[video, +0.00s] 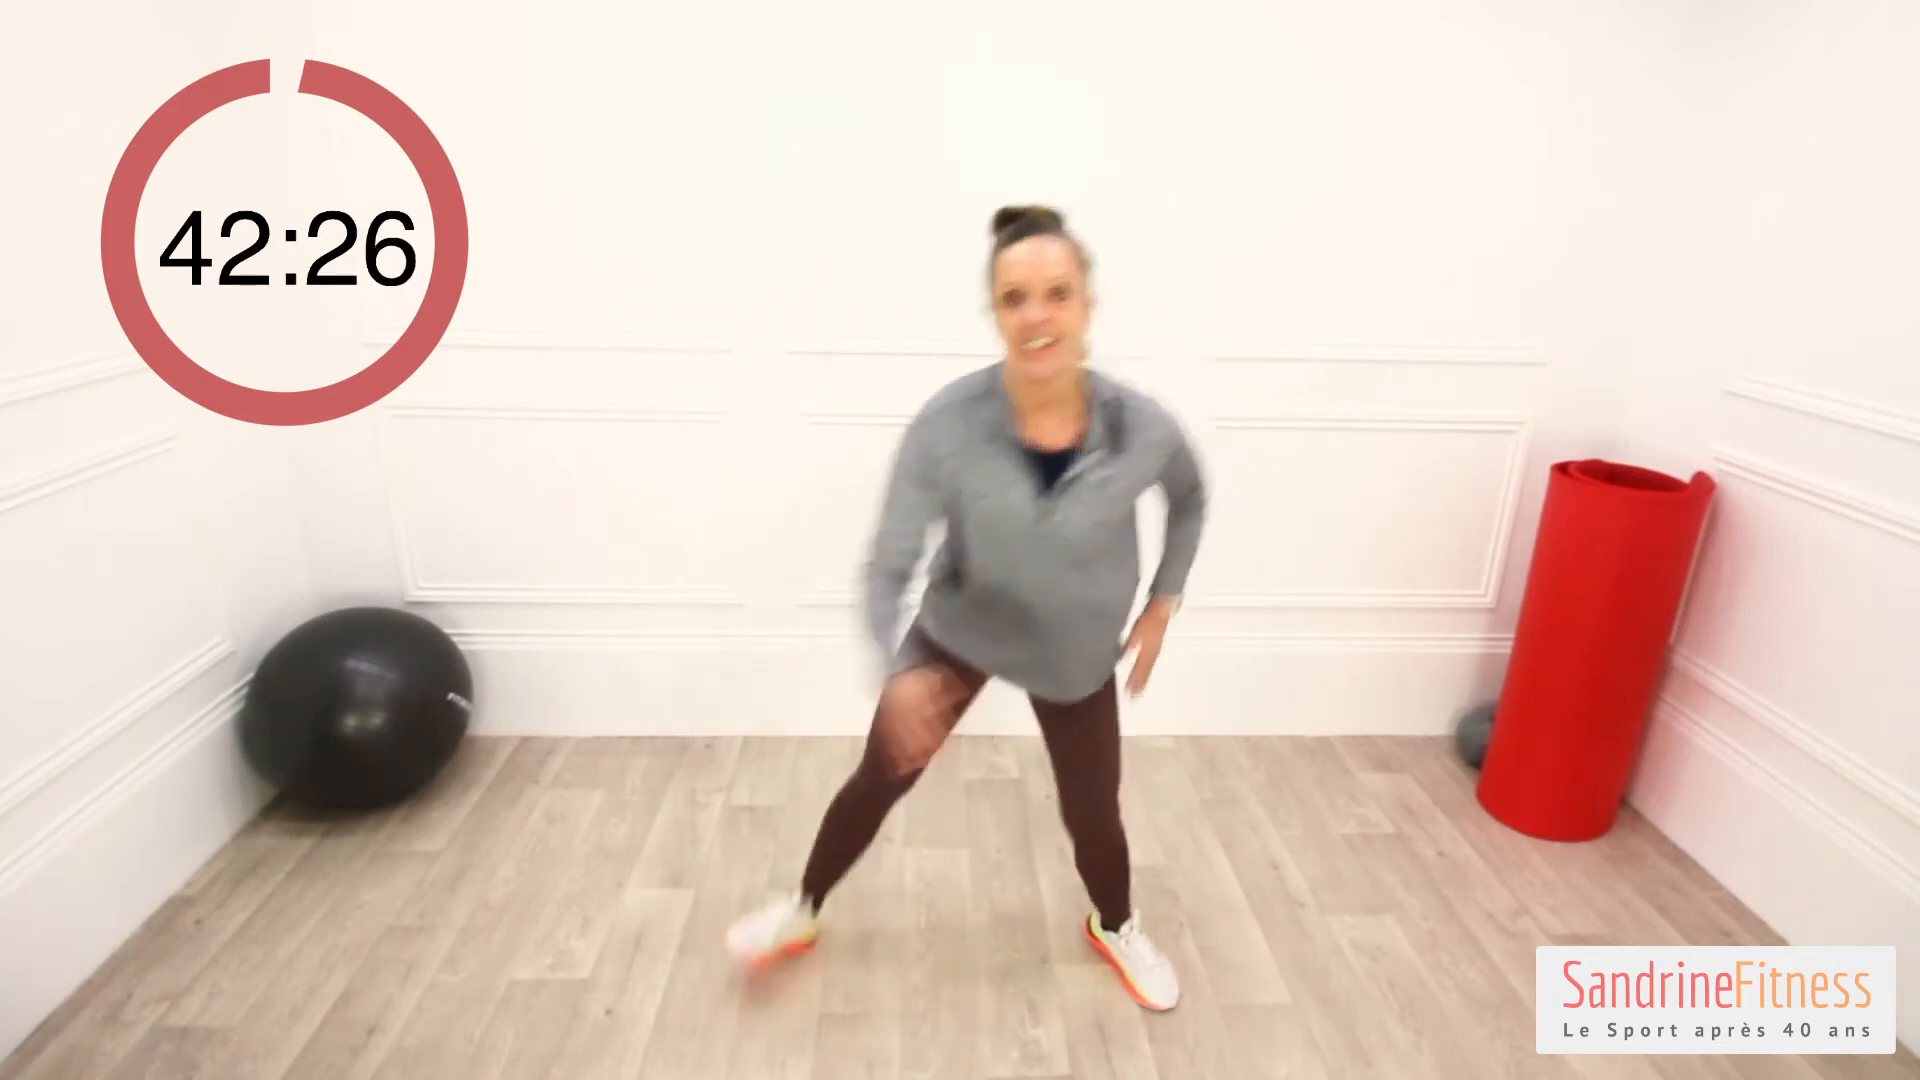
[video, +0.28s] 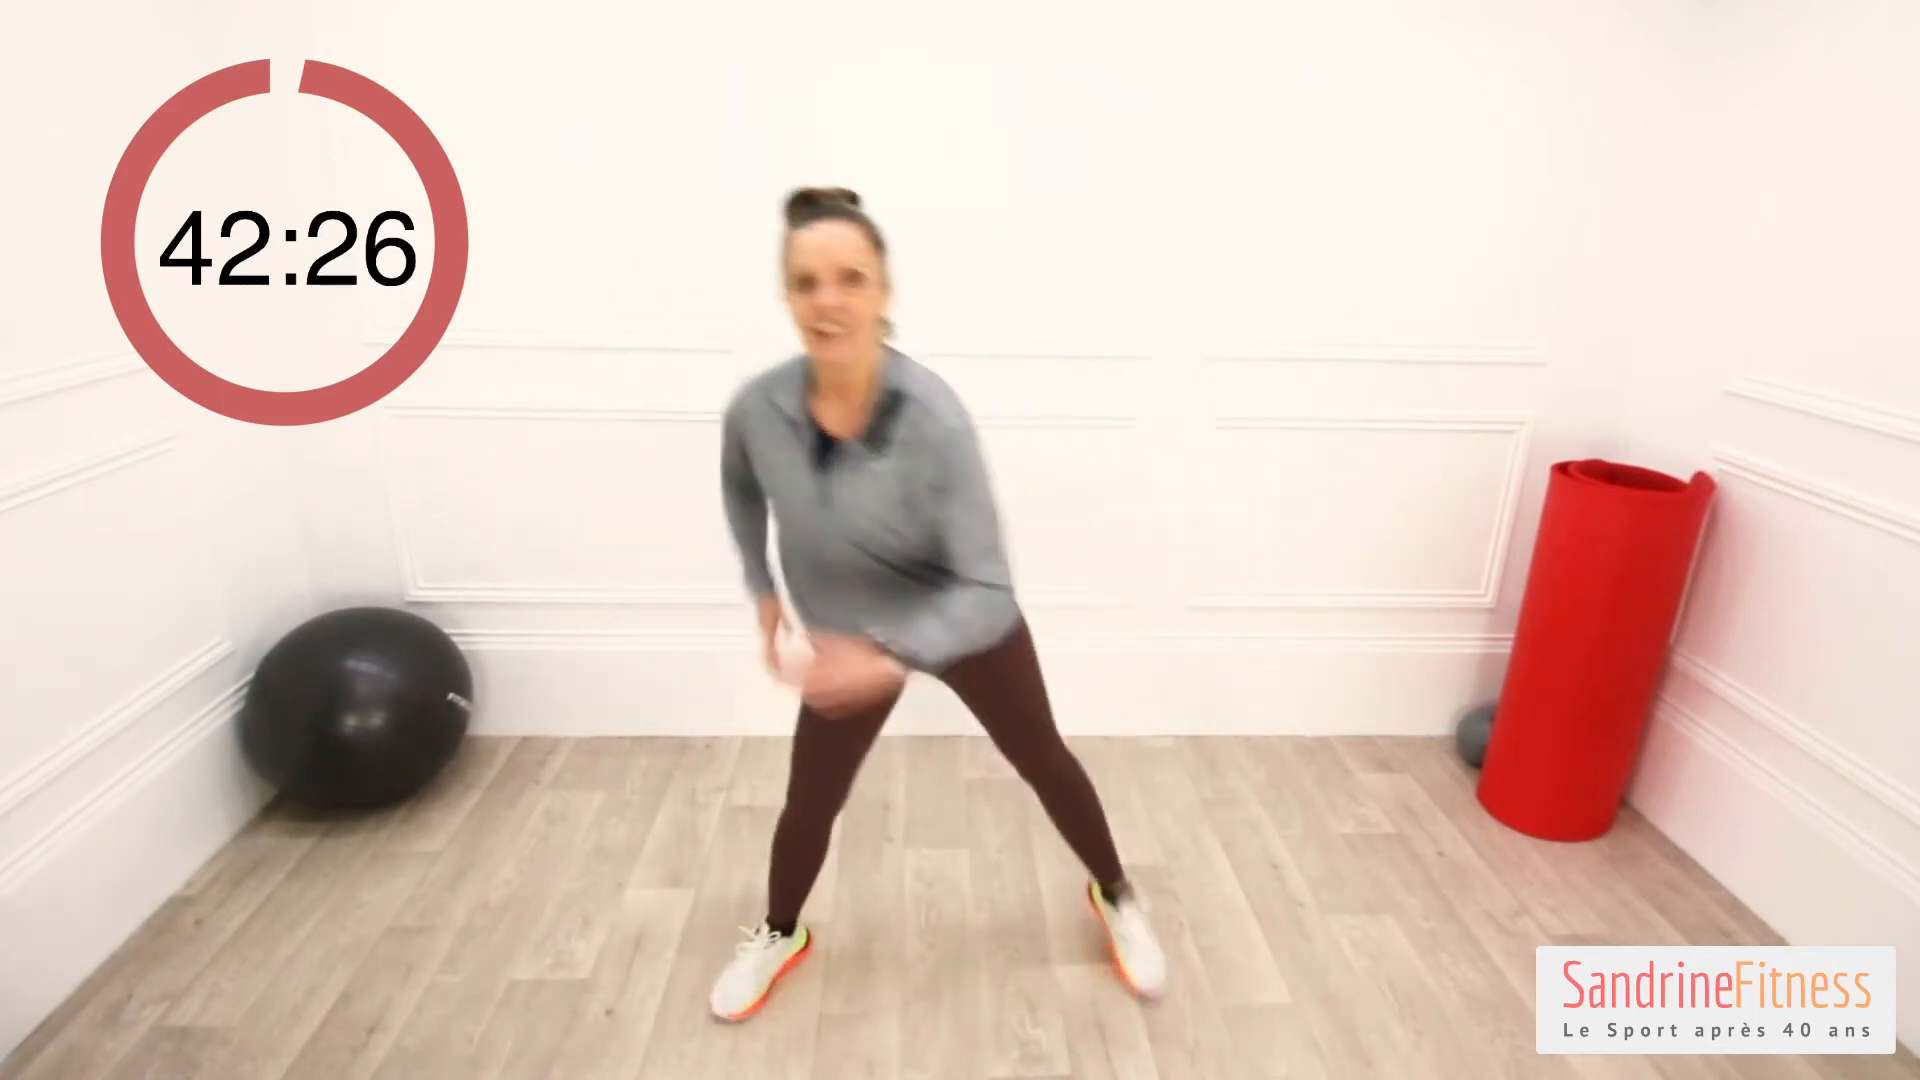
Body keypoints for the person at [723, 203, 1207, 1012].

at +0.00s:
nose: (1037, 318)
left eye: (1057, 295)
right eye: (1015, 299)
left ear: (1089, 306)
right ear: (994, 315)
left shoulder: (1142, 428)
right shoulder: (947, 428)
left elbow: (1190, 499)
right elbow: (888, 567)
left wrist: (1164, 598)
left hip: (1078, 639)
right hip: (964, 624)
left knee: (1094, 810)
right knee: (887, 770)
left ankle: (1116, 927)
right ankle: (803, 908)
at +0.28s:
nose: (827, 303)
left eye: (849, 280)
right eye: (806, 284)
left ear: (885, 292)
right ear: (785, 299)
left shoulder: (934, 419)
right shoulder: (755, 413)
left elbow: (987, 590)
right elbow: (743, 499)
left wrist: (890, 655)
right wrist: (763, 591)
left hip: (958, 615)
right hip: (844, 632)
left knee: (1043, 761)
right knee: (808, 802)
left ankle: (1118, 898)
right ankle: (778, 933)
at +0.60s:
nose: (754, 302)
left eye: (774, 278)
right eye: (729, 283)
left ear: (809, 291)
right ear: (709, 302)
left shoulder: (853, 401)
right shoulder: (710, 391)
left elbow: (843, 509)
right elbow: (753, 510)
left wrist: (696, 536)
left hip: (916, 618)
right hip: (812, 631)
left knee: (972, 753)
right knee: (774, 806)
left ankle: (1045, 829)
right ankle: (780, 934)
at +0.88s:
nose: (863, 322)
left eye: (880, 297)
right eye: (837, 303)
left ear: (906, 306)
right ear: (809, 318)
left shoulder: (964, 432)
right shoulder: (772, 409)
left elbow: (1073, 539)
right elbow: (718, 422)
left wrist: (1021, 655)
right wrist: (745, 525)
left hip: (949, 640)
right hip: (829, 646)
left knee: (1025, 790)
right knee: (798, 823)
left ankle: (1089, 897)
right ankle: (777, 937)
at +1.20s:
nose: (1077, 312)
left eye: (1093, 287)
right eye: (1051, 294)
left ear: (1115, 295)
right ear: (1021, 312)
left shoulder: (1137, 404)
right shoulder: (995, 425)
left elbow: (1088, 532)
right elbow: (974, 598)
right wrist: (1109, 613)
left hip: (1039, 624)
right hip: (934, 617)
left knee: (1073, 799)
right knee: (850, 776)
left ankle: (1105, 921)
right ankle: (767, 920)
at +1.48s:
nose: (1146, 309)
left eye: (1164, 286)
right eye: (1122, 292)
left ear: (1185, 297)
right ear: (1089, 306)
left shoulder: (1189, 396)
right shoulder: (1078, 414)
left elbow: (1141, 509)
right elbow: (1222, 484)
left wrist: (1136, 596)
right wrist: (1406, 442)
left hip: (1073, 629)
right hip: (979, 611)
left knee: (1102, 794)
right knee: (906, 751)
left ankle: (1104, 920)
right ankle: (813, 839)